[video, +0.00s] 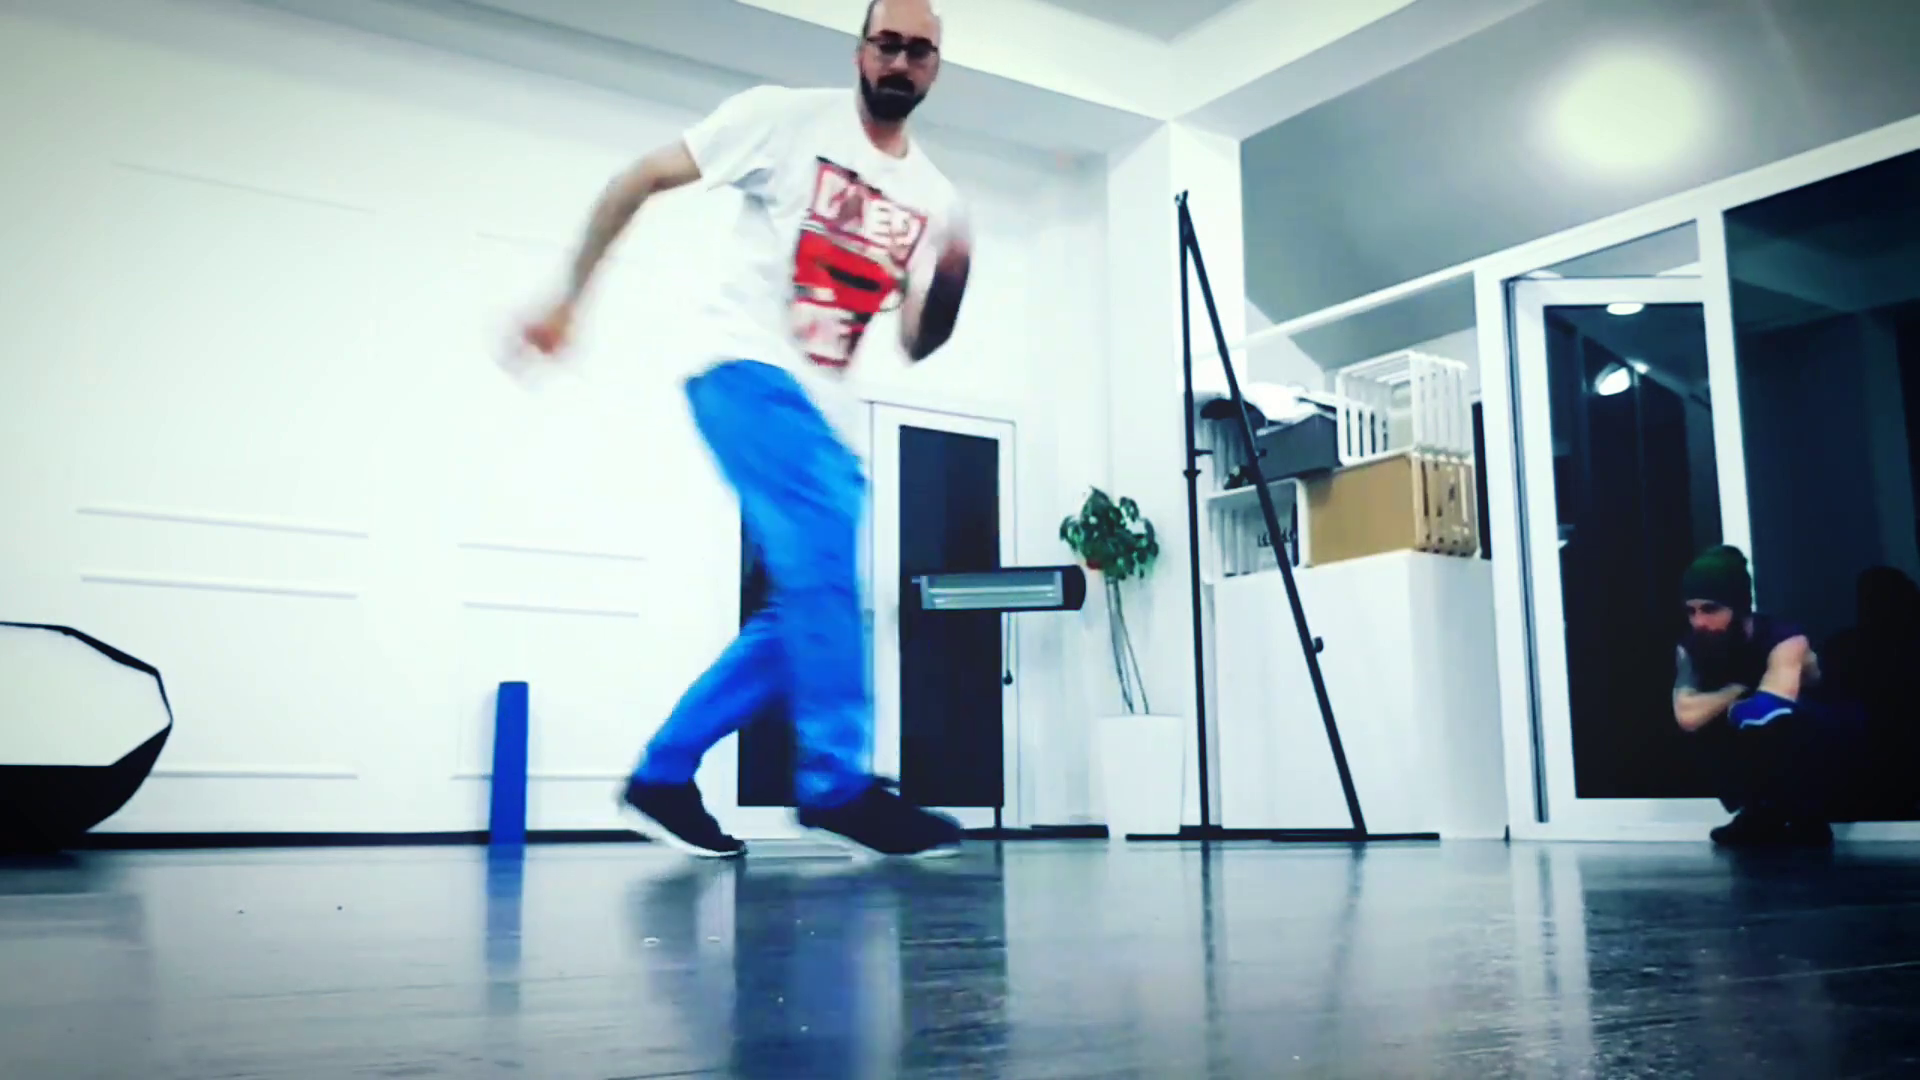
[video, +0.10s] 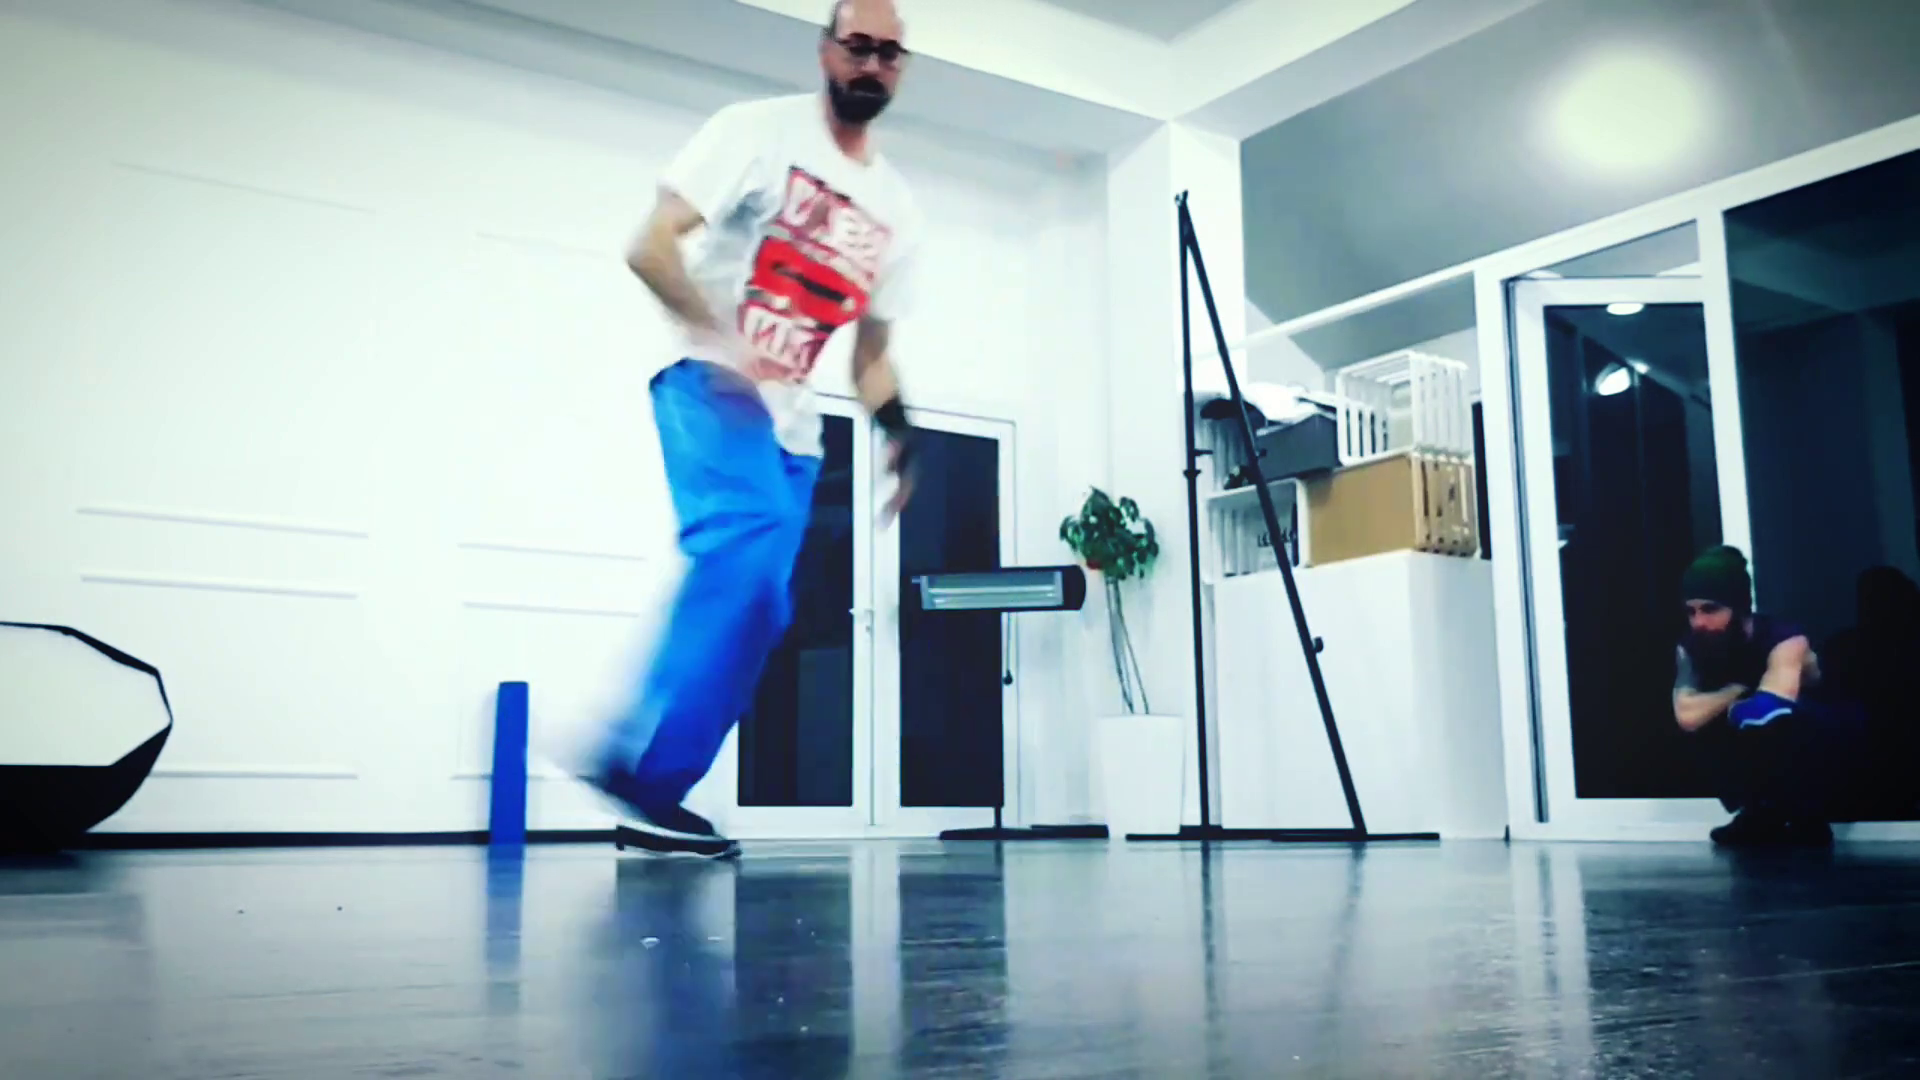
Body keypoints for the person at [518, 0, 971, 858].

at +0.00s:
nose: (898, 63)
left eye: (917, 49)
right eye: (885, 44)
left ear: (939, 63)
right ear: (860, 49)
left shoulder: (933, 198)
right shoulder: (782, 116)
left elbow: (918, 343)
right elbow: (639, 178)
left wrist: (948, 276)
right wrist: (566, 303)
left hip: (820, 392)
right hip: (735, 353)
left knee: (815, 599)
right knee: (823, 506)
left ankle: (664, 774)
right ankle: (836, 780)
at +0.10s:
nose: (874, 66)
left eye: (889, 52)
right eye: (858, 46)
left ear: (903, 66)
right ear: (825, 49)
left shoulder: (894, 208)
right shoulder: (753, 131)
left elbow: (873, 348)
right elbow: (650, 249)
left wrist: (897, 431)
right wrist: (718, 336)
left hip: (794, 417)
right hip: (711, 382)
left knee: (764, 602)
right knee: (746, 541)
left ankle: (654, 792)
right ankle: (632, 762)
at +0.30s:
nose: (797, 31)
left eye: (812, 16)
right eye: (779, 16)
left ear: (829, 28)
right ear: (747, 23)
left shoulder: (845, 167)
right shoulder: (695, 98)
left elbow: (816, 296)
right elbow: (648, 221)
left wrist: (842, 391)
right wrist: (781, 156)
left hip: (774, 394)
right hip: (673, 355)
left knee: (765, 583)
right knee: (696, 503)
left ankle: (648, 769)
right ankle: (580, 653)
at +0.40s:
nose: (761, 41)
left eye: (775, 24)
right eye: (741, 23)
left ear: (792, 36)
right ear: (707, 33)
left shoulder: (825, 175)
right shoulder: (654, 128)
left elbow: (819, 310)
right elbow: (598, 272)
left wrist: (852, 393)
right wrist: (667, 298)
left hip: (757, 405)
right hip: (661, 376)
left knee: (735, 619)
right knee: (684, 530)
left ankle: (640, 795)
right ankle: (678, 776)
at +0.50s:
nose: (703, 26)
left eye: (716, 11)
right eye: (683, 11)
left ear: (735, 19)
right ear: (649, 20)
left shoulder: (792, 134)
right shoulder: (603, 132)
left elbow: (834, 277)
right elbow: (549, 263)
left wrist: (834, 269)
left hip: (768, 387)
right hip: (668, 377)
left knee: (783, 594)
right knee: (717, 523)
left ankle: (665, 768)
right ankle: (696, 783)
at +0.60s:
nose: (669, 21)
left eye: (682, 5)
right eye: (649, 7)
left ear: (702, 13)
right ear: (619, 17)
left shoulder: (772, 119)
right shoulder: (581, 142)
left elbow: (820, 239)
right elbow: (535, 281)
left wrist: (833, 266)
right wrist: (543, 413)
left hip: (786, 394)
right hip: (678, 398)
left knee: (864, 556)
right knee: (705, 565)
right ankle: (650, 800)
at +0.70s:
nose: (654, 20)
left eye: (667, 5)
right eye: (633, 7)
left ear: (685, 13)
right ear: (598, 18)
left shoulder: (751, 118)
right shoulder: (564, 153)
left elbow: (825, 230)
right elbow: (540, 296)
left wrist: (869, 267)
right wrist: (551, 319)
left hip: (796, 390)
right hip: (674, 411)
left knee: (927, 518)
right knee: (685, 577)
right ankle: (655, 803)